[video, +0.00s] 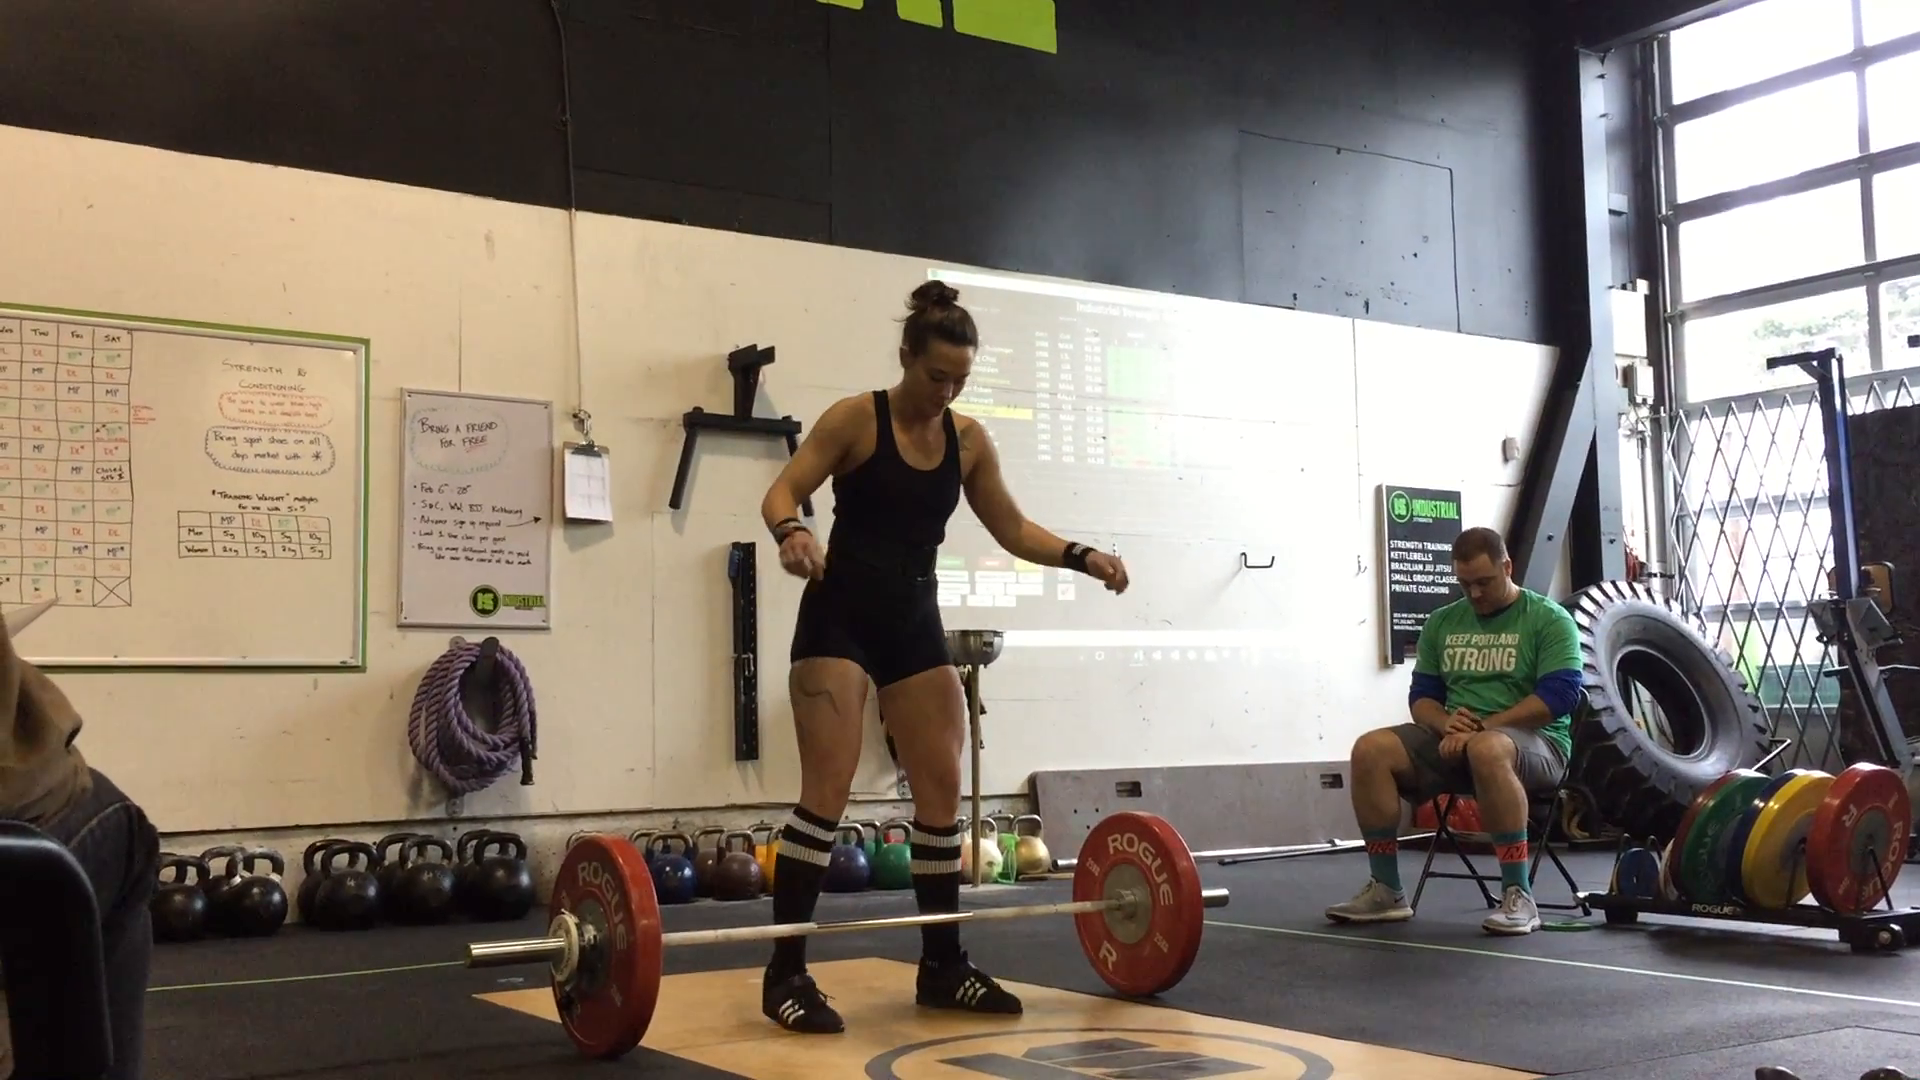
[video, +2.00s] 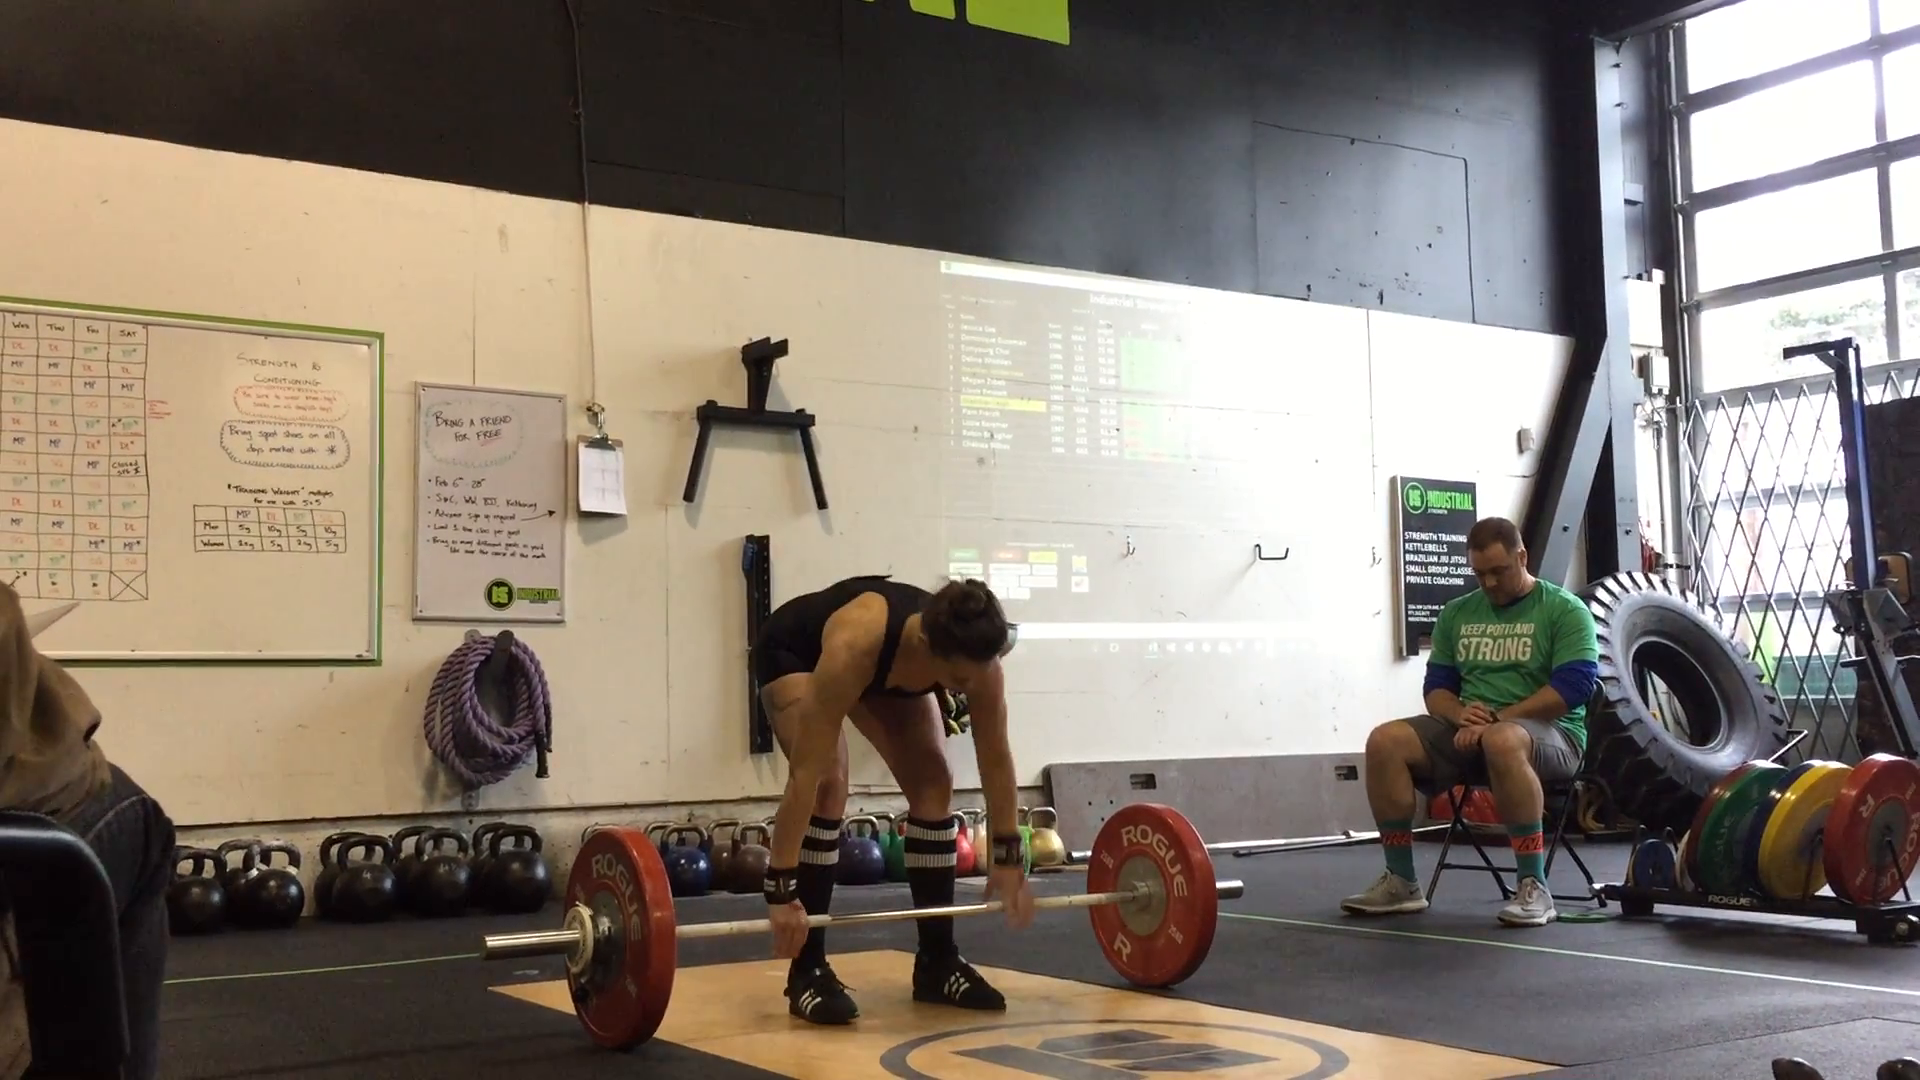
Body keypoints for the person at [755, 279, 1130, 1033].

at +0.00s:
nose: (950, 390)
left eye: (960, 377)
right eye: (939, 374)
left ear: (971, 366)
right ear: (906, 356)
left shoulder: (968, 439)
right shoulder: (853, 420)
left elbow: (1013, 529)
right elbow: (781, 492)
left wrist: (1083, 555)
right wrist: (791, 530)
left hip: (912, 619)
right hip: (837, 612)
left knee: (941, 782)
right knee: (828, 786)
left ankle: (943, 969)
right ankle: (785, 974)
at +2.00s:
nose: (968, 688)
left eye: (976, 676)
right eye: (958, 678)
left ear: (987, 656)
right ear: (927, 646)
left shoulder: (983, 662)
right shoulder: (853, 646)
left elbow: (995, 758)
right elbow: (806, 771)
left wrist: (1006, 854)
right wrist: (780, 887)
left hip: (885, 667)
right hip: (792, 655)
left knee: (933, 785)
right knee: (829, 786)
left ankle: (937, 963)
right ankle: (809, 972)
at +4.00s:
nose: (996, 677)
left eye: (1008, 665)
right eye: (987, 663)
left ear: (1021, 649)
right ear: (952, 631)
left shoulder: (1010, 676)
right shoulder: (888, 645)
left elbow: (1023, 781)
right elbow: (833, 776)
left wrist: (1033, 877)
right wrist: (794, 890)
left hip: (903, 677)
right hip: (810, 659)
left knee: (951, 781)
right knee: (842, 789)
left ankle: (945, 959)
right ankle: (814, 971)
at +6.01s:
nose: (984, 411)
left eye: (988, 400)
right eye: (968, 400)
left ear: (993, 416)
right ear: (929, 415)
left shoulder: (995, 510)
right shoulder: (880, 495)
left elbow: (1006, 609)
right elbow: (826, 601)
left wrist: (1025, 705)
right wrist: (802, 705)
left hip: (901, 642)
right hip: (830, 636)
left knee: (942, 784)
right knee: (844, 790)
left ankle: (945, 969)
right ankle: (820, 975)